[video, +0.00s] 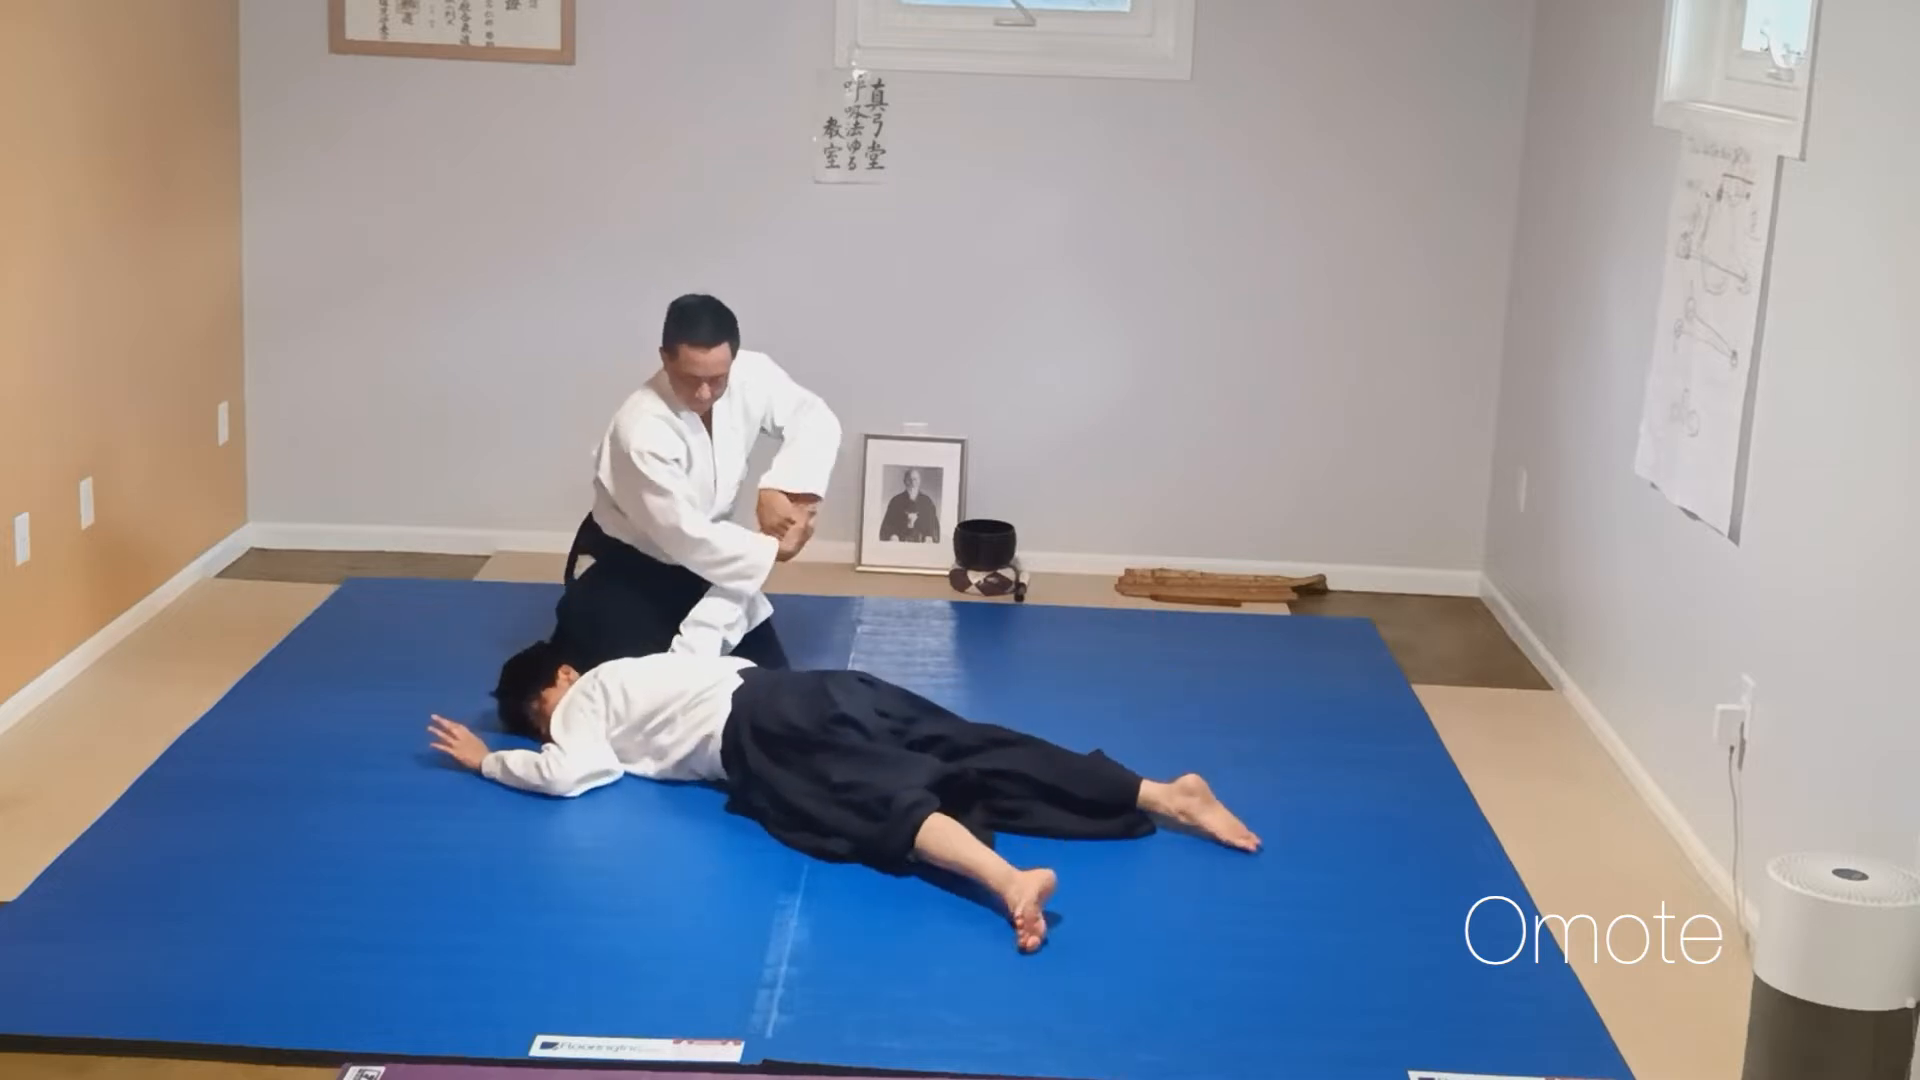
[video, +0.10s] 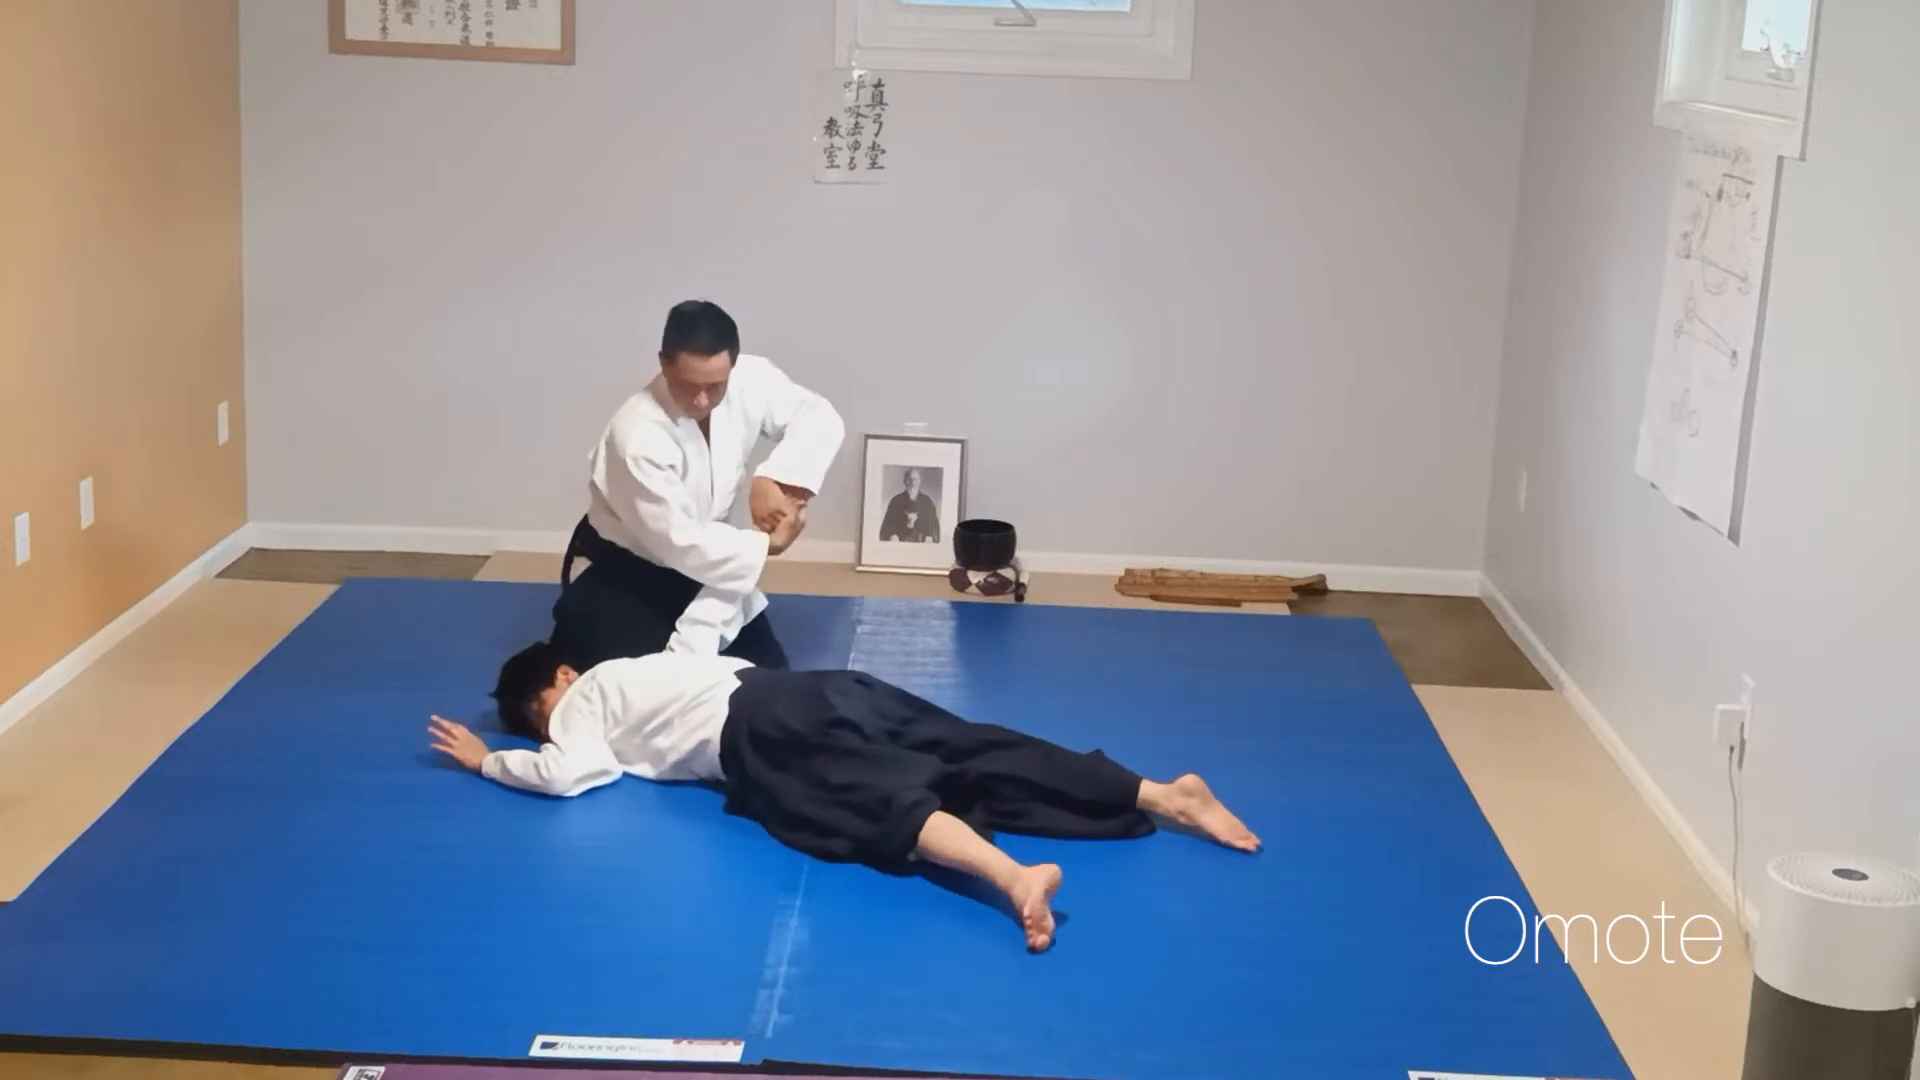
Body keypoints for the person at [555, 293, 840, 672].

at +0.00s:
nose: (705, 393)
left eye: (717, 379)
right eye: (692, 380)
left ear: (733, 360)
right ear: (666, 359)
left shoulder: (751, 376)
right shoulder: (640, 431)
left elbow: (815, 420)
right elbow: (680, 533)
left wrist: (779, 486)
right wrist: (773, 548)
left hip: (712, 572)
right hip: (628, 575)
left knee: (767, 685)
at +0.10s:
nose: (702, 401)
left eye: (715, 387)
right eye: (689, 388)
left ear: (732, 365)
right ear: (664, 365)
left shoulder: (751, 381)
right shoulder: (636, 438)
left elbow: (820, 418)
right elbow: (673, 538)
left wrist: (774, 479)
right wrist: (763, 545)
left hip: (713, 576)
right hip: (625, 578)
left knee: (768, 681)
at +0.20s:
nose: (694, 408)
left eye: (708, 396)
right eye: (681, 394)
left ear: (725, 373)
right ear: (659, 371)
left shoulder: (748, 384)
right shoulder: (628, 445)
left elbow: (825, 413)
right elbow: (667, 545)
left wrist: (772, 455)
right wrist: (757, 537)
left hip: (713, 585)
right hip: (623, 584)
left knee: (768, 687)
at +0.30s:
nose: (681, 417)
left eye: (695, 405)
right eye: (668, 403)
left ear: (716, 383)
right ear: (651, 379)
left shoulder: (740, 391)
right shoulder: (621, 449)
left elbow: (820, 445)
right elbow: (664, 549)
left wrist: (796, 423)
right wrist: (749, 528)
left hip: (711, 586)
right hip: (620, 588)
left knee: (770, 686)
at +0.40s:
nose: (672, 422)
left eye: (687, 409)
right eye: (660, 406)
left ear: (709, 390)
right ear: (642, 380)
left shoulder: (738, 404)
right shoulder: (612, 450)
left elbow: (808, 470)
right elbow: (658, 551)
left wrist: (820, 443)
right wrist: (743, 513)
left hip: (711, 587)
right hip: (617, 590)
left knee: (773, 684)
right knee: (595, 695)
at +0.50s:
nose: (661, 427)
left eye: (676, 414)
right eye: (649, 412)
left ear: (700, 399)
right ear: (634, 388)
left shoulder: (733, 413)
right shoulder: (605, 455)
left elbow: (795, 471)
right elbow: (652, 554)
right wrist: (730, 506)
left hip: (709, 585)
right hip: (616, 588)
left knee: (778, 677)